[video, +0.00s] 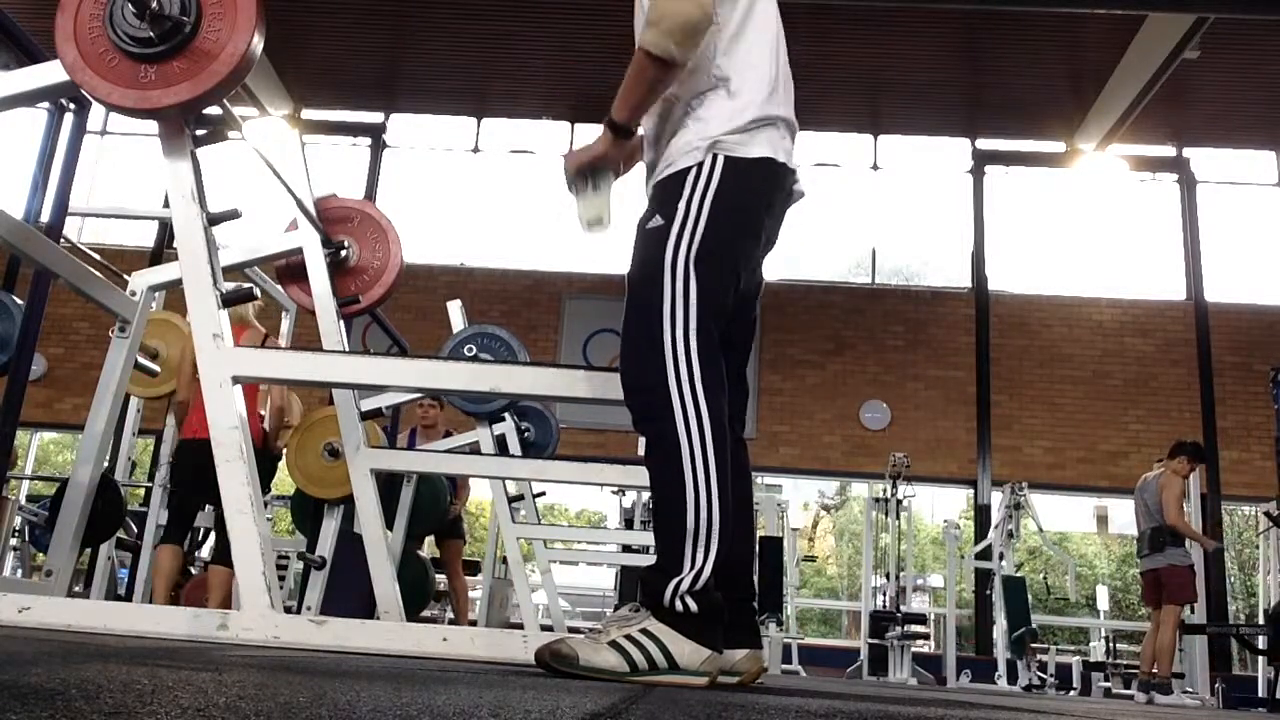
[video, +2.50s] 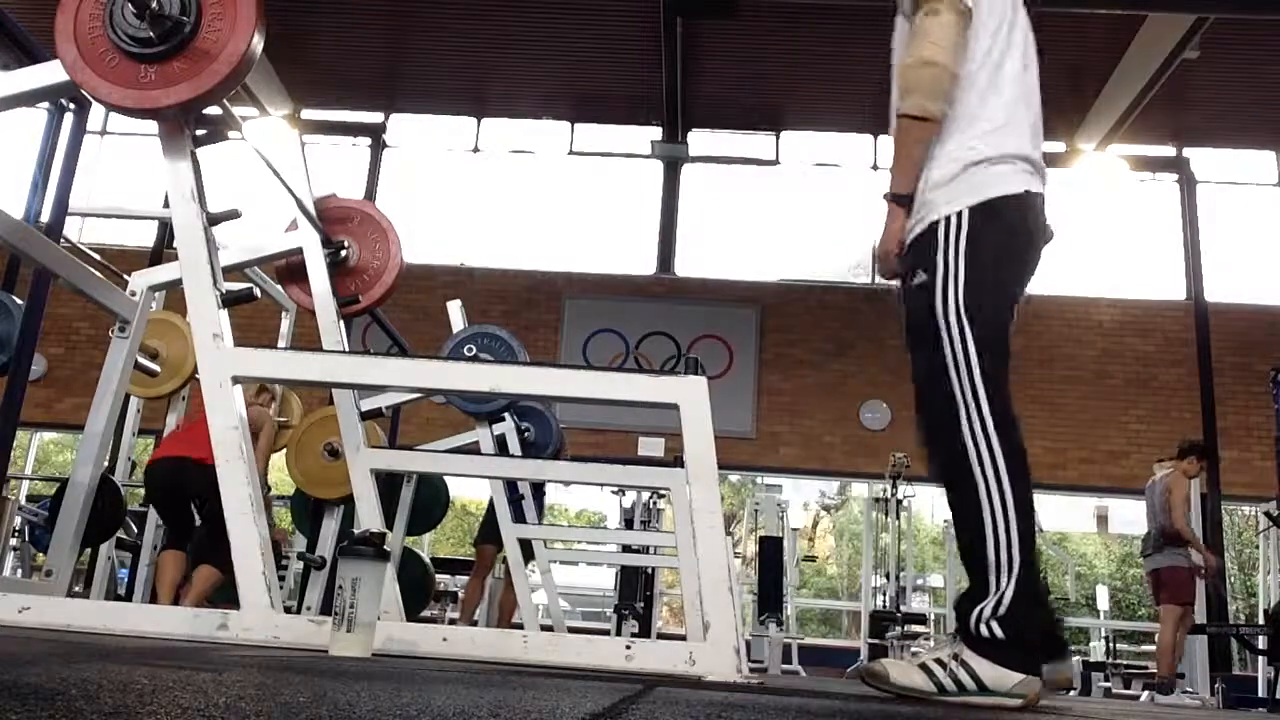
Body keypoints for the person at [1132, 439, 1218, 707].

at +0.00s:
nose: (1190, 475)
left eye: (1193, 471)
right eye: (1191, 469)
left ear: (1174, 459)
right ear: (1181, 461)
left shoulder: (1143, 480)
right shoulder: (1172, 480)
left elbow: (1143, 526)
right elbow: (1173, 519)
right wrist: (1203, 539)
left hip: (1148, 563)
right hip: (1172, 561)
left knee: (1157, 623)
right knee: (1169, 623)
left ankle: (1143, 684)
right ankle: (1163, 687)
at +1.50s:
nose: (1194, 471)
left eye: (1196, 466)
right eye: (1194, 465)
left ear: (1175, 459)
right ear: (1184, 459)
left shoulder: (1147, 480)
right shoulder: (1176, 480)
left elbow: (1147, 522)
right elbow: (1171, 518)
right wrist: (1187, 550)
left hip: (1148, 562)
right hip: (1170, 560)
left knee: (1155, 623)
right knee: (1168, 624)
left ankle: (1143, 685)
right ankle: (1163, 687)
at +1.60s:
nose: (1194, 471)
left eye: (1196, 467)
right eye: (1195, 465)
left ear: (1176, 459)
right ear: (1184, 459)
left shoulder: (1148, 480)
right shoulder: (1176, 481)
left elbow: (1148, 522)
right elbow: (1171, 519)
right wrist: (1188, 550)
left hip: (1148, 561)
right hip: (1169, 560)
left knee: (1155, 623)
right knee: (1168, 624)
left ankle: (1143, 685)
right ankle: (1163, 687)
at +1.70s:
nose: (1194, 472)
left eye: (1196, 467)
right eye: (1195, 466)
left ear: (1176, 459)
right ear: (1184, 459)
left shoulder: (1148, 480)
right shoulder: (1176, 480)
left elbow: (1149, 522)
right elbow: (1170, 518)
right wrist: (1188, 550)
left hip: (1148, 561)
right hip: (1169, 560)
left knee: (1155, 623)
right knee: (1167, 624)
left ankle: (1143, 685)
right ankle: (1163, 687)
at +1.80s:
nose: (1195, 472)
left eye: (1197, 467)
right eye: (1196, 466)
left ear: (1176, 459)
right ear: (1185, 459)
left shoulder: (1149, 480)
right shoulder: (1176, 480)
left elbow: (1149, 521)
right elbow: (1168, 517)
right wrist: (1188, 549)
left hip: (1149, 560)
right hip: (1169, 559)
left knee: (1156, 623)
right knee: (1167, 623)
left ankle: (1143, 684)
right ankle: (1163, 687)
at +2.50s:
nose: (1199, 474)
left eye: (1201, 469)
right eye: (1200, 469)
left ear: (1183, 458)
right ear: (1191, 461)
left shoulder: (1154, 481)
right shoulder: (1178, 479)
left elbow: (1158, 527)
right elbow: (1179, 524)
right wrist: (1203, 550)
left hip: (1156, 561)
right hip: (1173, 560)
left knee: (1186, 619)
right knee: (1169, 621)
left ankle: (1170, 679)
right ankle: (1164, 686)